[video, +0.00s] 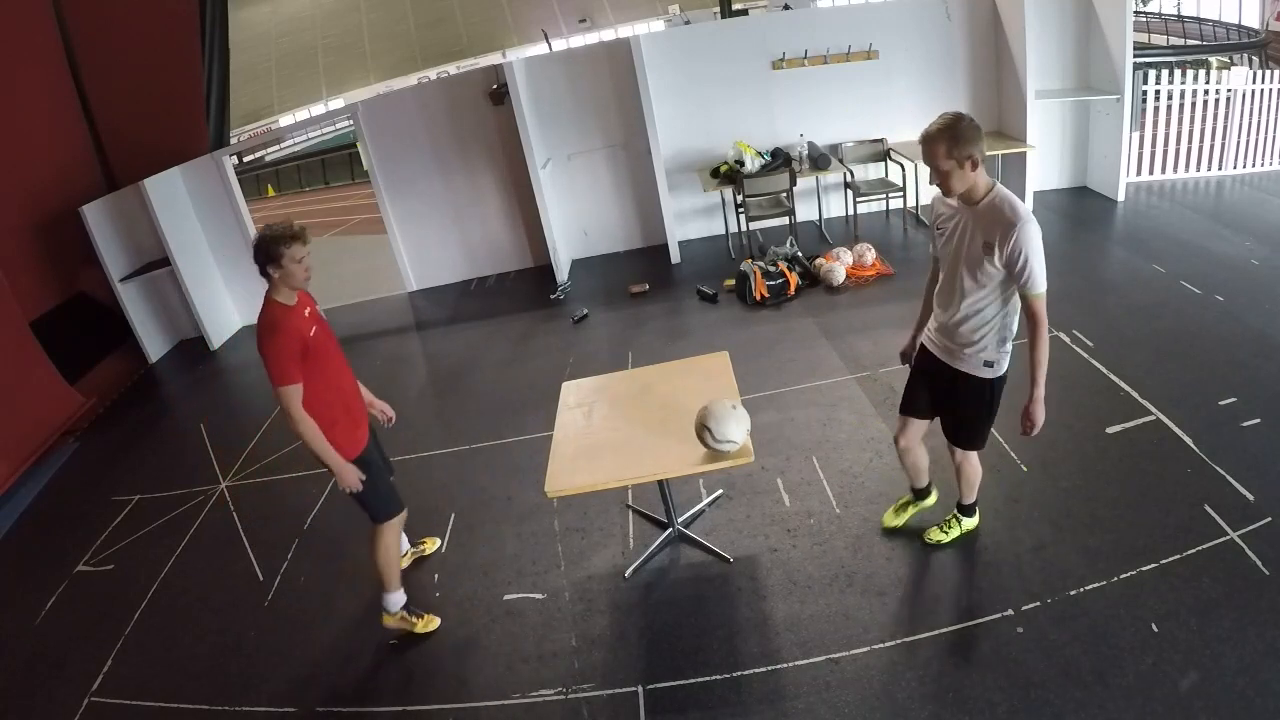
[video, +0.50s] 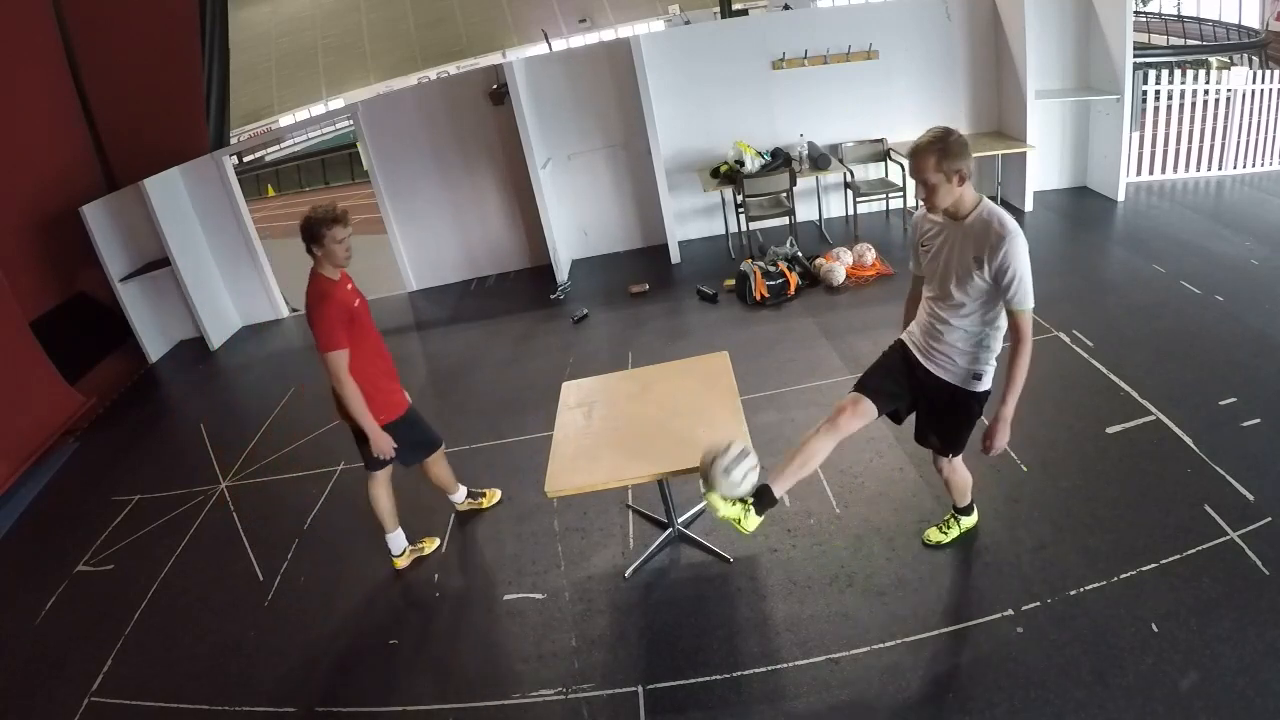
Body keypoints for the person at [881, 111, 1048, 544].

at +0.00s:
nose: (934, 179)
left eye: (940, 170)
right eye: (930, 170)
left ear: (972, 163)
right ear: (964, 162)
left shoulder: (1016, 223)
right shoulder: (941, 207)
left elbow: (1037, 319)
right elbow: (936, 276)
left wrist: (1037, 396)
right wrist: (917, 333)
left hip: (979, 362)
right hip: (934, 346)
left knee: (964, 450)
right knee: (906, 439)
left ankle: (967, 513)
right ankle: (921, 493)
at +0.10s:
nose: (935, 181)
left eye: (941, 171)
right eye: (932, 170)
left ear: (974, 166)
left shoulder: (1017, 225)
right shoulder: (943, 209)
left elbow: (1038, 318)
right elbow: (935, 279)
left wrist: (1036, 395)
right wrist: (915, 337)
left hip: (976, 365)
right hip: (931, 348)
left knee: (961, 451)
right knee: (894, 441)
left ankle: (966, 516)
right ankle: (894, 517)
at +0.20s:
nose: (936, 184)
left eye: (943, 175)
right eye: (933, 174)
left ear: (975, 168)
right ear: (936, 169)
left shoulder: (1020, 229)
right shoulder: (940, 211)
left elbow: (1040, 322)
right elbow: (932, 281)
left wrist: (1031, 397)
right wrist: (914, 340)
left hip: (975, 367)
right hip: (927, 349)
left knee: (955, 450)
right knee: (878, 440)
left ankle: (966, 515)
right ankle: (862, 527)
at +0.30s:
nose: (936, 188)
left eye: (943, 178)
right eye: (934, 177)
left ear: (976, 173)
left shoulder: (1020, 233)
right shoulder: (937, 217)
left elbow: (1042, 327)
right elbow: (929, 287)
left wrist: (1026, 404)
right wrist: (917, 339)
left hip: (969, 374)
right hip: (920, 351)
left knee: (951, 459)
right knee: (858, 433)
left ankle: (965, 517)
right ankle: (827, 528)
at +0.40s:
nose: (932, 194)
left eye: (939, 185)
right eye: (930, 184)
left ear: (972, 179)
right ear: (958, 176)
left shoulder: (1015, 237)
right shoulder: (934, 221)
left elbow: (1036, 334)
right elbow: (925, 291)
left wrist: (1018, 412)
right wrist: (913, 345)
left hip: (965, 378)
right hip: (916, 352)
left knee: (947, 461)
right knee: (844, 420)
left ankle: (966, 516)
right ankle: (787, 521)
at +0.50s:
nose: (920, 193)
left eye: (926, 184)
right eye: (917, 182)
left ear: (960, 178)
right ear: (918, 176)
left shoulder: (1004, 238)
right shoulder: (925, 222)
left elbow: (1022, 337)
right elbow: (916, 291)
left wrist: (1004, 418)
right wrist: (906, 346)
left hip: (963, 376)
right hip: (915, 350)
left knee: (946, 459)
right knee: (846, 414)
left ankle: (965, 515)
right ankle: (756, 505)